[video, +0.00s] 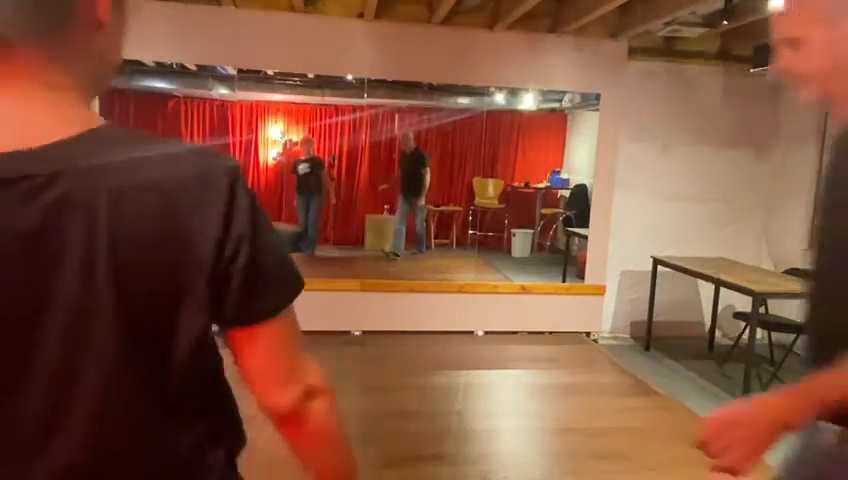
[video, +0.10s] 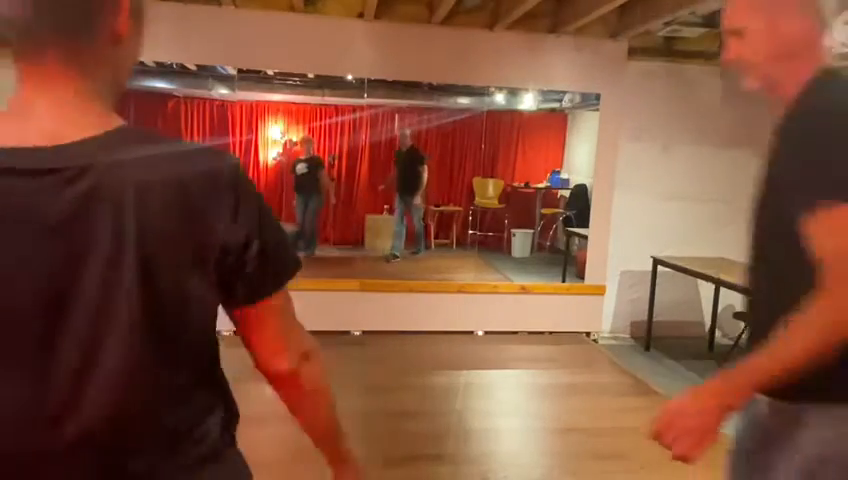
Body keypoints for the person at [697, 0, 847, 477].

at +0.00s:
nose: (779, 66)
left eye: (795, 44)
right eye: (778, 47)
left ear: (843, 35)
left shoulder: (841, 143)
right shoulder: (838, 139)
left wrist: (777, 411)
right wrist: (790, 412)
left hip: (836, 435)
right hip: (829, 430)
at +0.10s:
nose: (728, 54)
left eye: (739, 34)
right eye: (726, 38)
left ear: (790, 28)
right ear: (796, 31)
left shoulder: (823, 115)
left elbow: (839, 296)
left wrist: (717, 397)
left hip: (817, 416)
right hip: (790, 406)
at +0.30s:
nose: (655, 48)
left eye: (663, 30)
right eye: (654, 33)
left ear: (707, 24)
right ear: (708, 25)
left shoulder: (723, 107)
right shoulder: (778, 105)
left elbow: (707, 260)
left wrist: (598, 343)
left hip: (725, 362)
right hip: (773, 356)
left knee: (692, 470)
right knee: (698, 468)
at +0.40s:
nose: (626, 49)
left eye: (632, 31)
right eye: (626, 34)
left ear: (672, 24)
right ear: (679, 26)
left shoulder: (683, 107)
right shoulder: (754, 111)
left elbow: (656, 250)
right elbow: (743, 240)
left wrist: (548, 313)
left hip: (691, 344)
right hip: (739, 339)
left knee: (661, 472)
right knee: (631, 448)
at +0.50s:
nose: (597, 54)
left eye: (602, 37)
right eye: (597, 39)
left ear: (641, 33)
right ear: (651, 35)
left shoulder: (648, 108)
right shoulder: (710, 106)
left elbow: (612, 243)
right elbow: (702, 232)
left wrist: (505, 291)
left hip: (655, 342)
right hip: (696, 332)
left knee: (640, 471)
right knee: (598, 440)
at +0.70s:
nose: (545, 66)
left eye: (552, 52)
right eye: (545, 53)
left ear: (584, 49)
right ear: (595, 51)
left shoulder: (588, 118)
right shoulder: (647, 120)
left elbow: (546, 237)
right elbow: (665, 237)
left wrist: (444, 263)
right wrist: (655, 313)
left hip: (587, 330)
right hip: (626, 322)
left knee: (587, 467)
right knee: (541, 453)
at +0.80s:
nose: (522, 66)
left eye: (528, 52)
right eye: (522, 53)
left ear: (559, 47)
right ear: (567, 50)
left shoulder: (561, 118)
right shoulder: (618, 120)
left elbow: (522, 230)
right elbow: (626, 226)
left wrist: (430, 255)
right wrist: (621, 305)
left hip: (555, 314)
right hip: (594, 309)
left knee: (536, 455)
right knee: (520, 445)